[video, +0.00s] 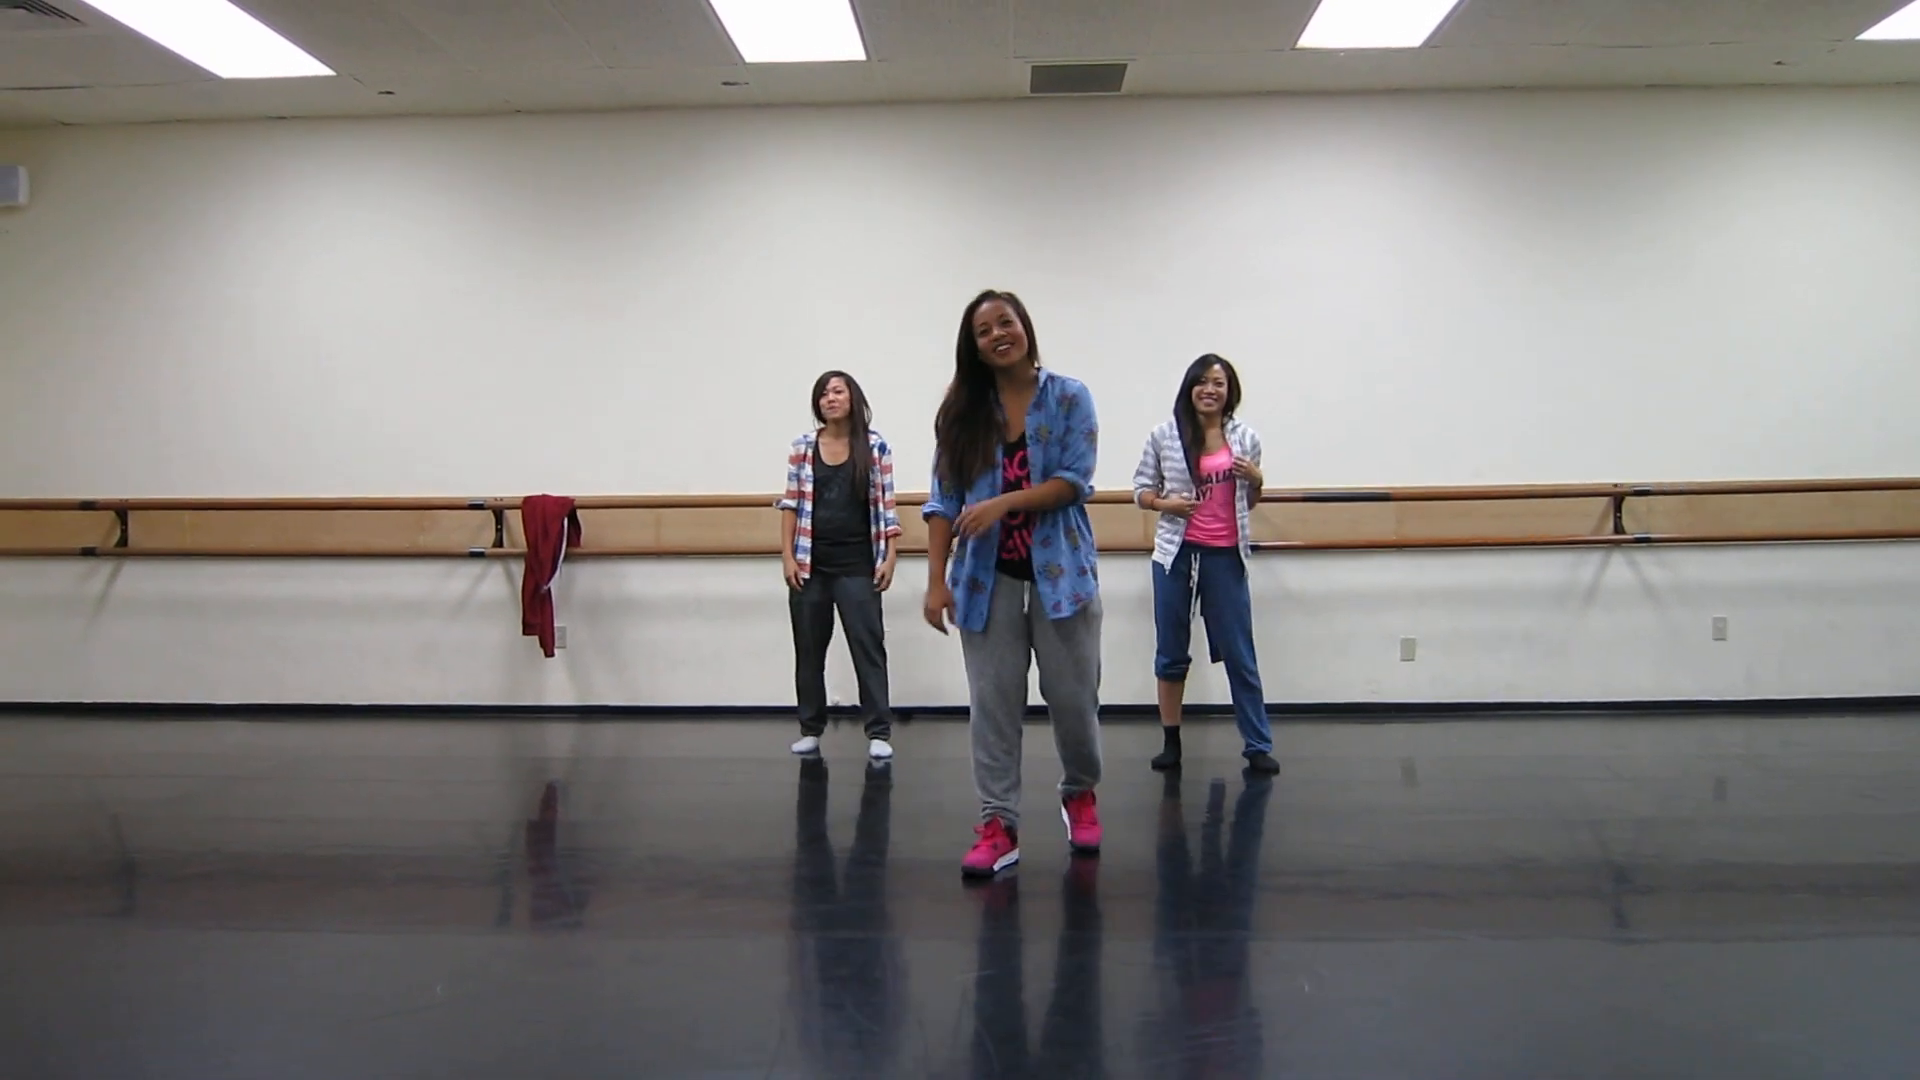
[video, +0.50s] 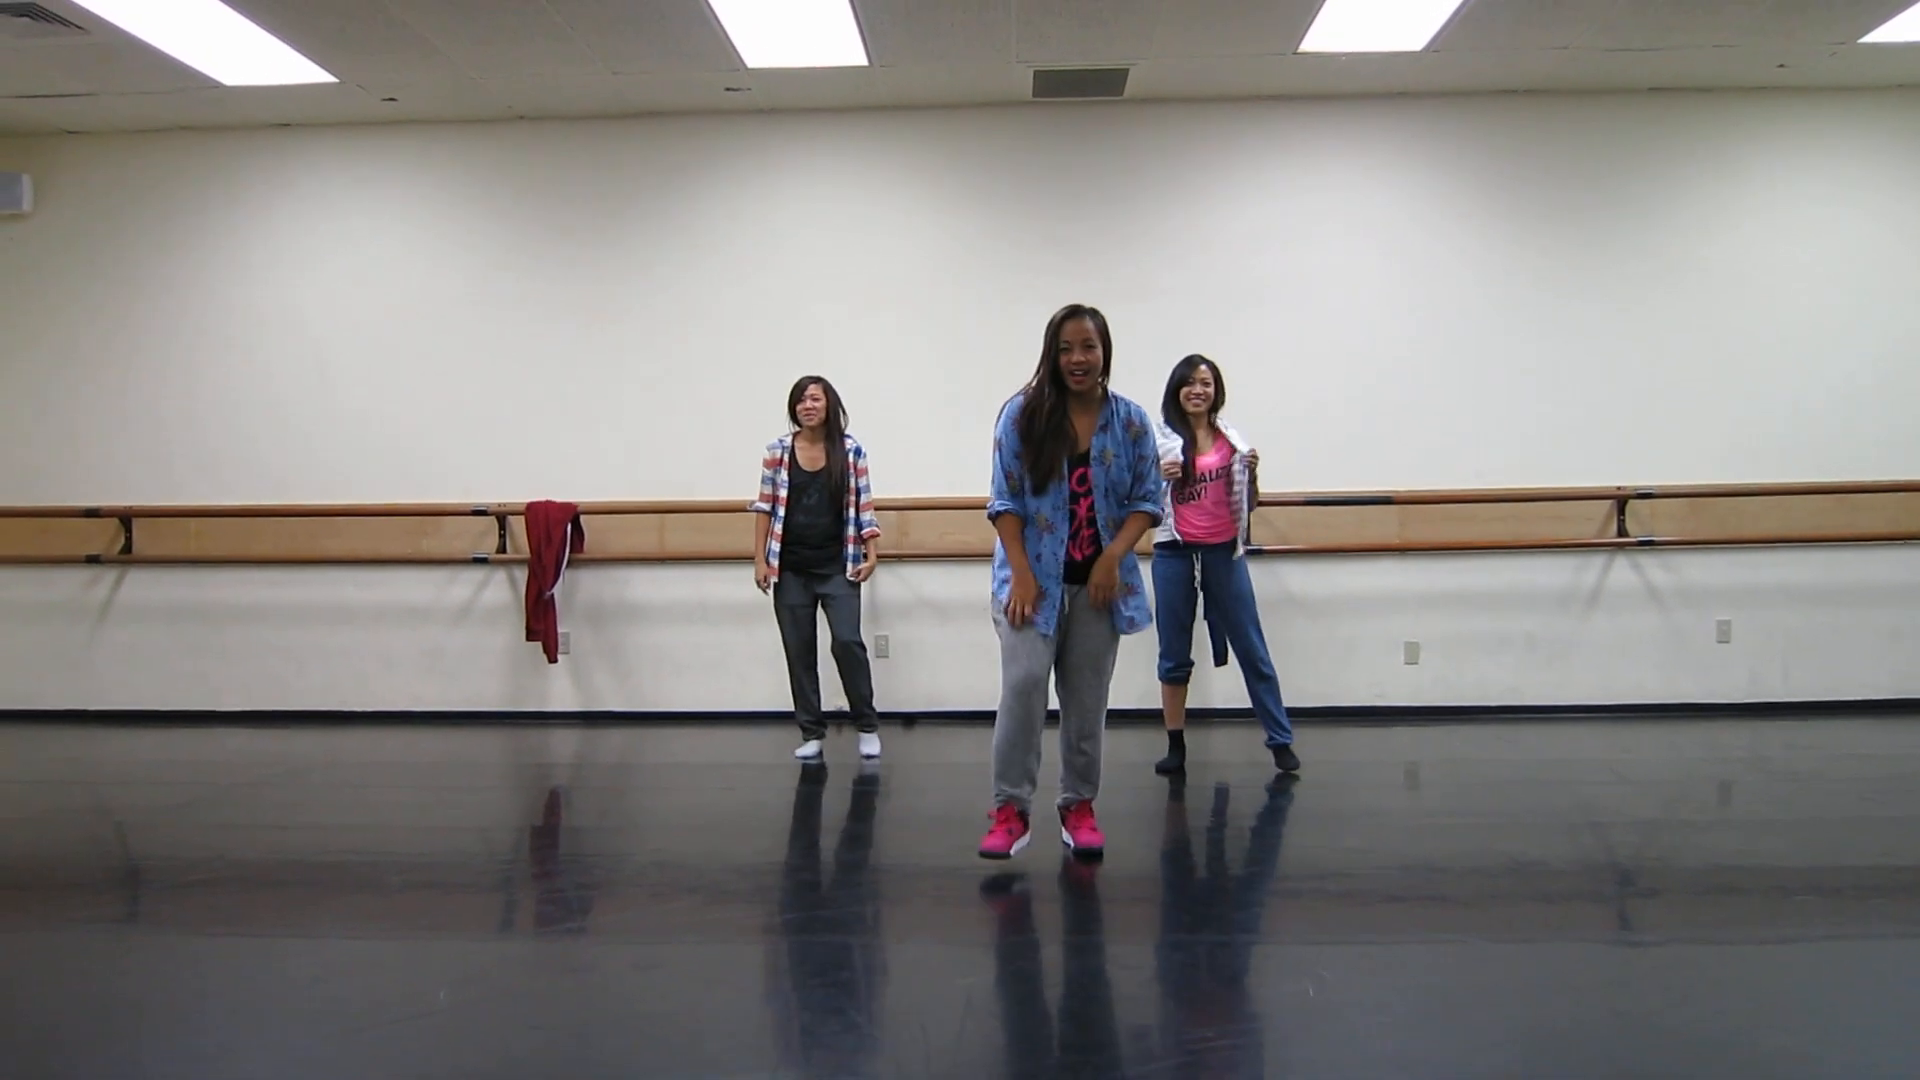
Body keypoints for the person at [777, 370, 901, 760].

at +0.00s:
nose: (832, 397)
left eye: (839, 391)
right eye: (825, 393)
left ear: (854, 399)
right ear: (817, 403)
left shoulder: (874, 445)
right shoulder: (803, 446)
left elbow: (887, 505)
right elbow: (790, 504)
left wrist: (890, 556)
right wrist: (787, 554)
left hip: (859, 565)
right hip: (810, 565)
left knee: (868, 649)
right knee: (808, 652)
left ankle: (878, 732)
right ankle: (810, 729)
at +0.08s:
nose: (826, 397)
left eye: (834, 391)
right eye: (819, 393)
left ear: (848, 400)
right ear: (811, 403)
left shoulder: (868, 446)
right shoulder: (796, 448)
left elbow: (880, 505)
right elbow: (783, 505)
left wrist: (882, 555)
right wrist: (780, 554)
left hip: (852, 567)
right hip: (803, 568)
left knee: (863, 649)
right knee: (805, 653)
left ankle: (877, 732)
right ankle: (810, 730)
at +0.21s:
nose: (819, 400)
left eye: (827, 394)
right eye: (812, 395)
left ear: (841, 403)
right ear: (803, 405)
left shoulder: (860, 448)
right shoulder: (788, 449)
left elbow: (874, 506)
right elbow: (776, 507)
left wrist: (881, 551)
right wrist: (770, 557)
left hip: (845, 567)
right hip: (796, 569)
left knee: (856, 644)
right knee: (802, 653)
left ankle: (875, 732)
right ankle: (811, 733)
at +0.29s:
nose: (815, 402)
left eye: (823, 397)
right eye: (809, 397)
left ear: (837, 404)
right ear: (799, 405)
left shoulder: (857, 450)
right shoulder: (784, 450)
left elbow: (872, 506)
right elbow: (770, 506)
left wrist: (880, 551)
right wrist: (764, 558)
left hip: (842, 567)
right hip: (794, 570)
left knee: (853, 642)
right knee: (801, 654)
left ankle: (872, 731)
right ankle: (810, 733)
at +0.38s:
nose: (812, 403)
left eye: (820, 397)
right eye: (806, 397)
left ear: (834, 404)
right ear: (797, 406)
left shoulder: (853, 448)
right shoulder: (781, 450)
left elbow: (869, 504)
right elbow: (767, 506)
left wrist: (877, 551)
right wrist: (761, 557)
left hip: (841, 567)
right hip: (792, 570)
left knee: (850, 640)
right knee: (800, 653)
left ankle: (869, 729)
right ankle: (811, 733)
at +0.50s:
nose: (809, 404)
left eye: (817, 398)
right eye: (802, 399)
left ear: (830, 405)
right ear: (793, 407)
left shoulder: (850, 450)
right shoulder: (778, 452)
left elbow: (864, 506)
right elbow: (765, 509)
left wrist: (870, 554)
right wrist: (760, 558)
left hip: (840, 569)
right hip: (790, 571)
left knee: (848, 643)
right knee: (800, 654)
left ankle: (867, 728)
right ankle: (811, 734)